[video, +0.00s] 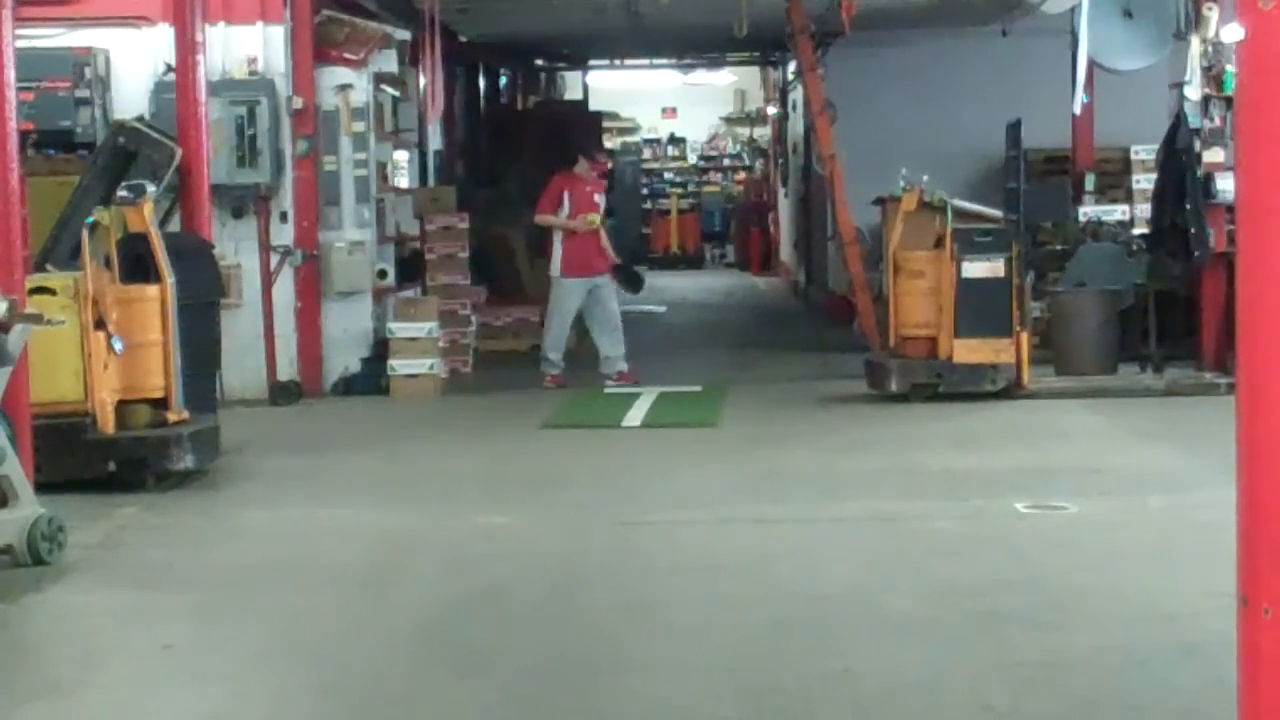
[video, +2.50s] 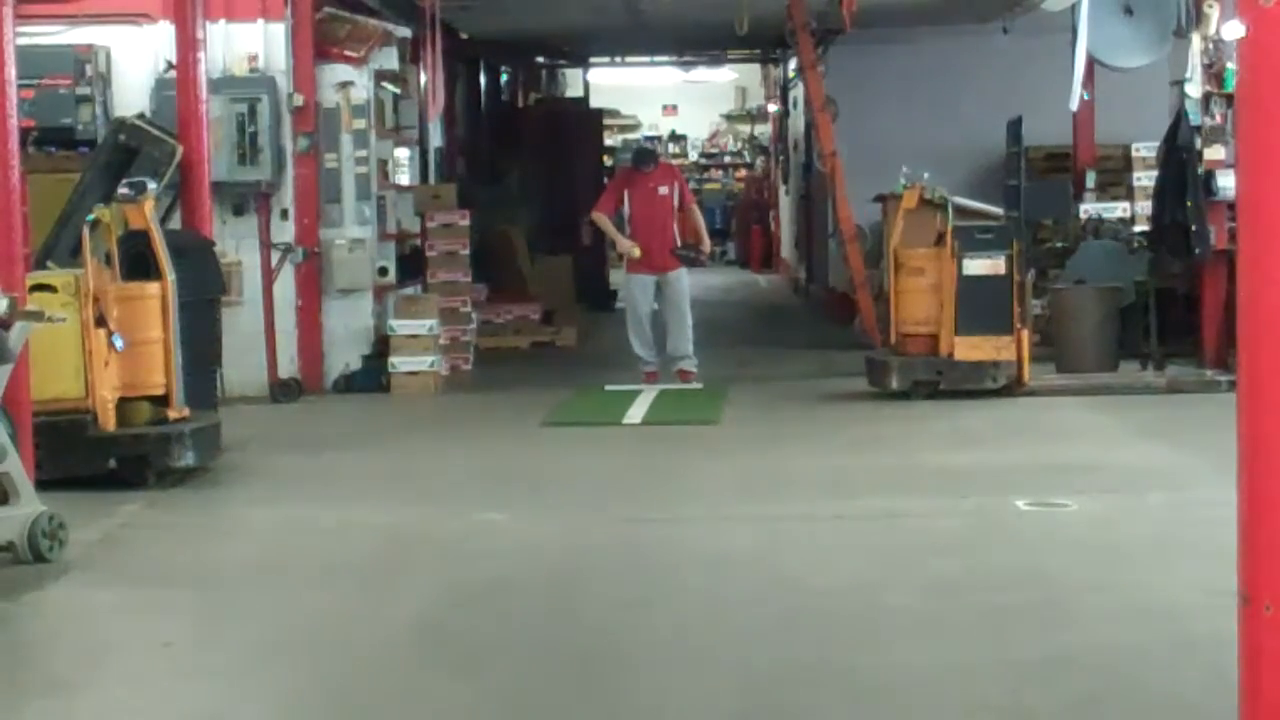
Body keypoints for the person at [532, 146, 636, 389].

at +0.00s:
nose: (597, 172)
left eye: (600, 167)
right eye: (594, 166)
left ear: (601, 166)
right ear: (581, 160)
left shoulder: (599, 186)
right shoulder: (561, 181)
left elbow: (598, 225)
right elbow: (541, 216)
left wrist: (611, 255)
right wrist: (573, 225)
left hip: (599, 270)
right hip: (569, 272)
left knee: (609, 320)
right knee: (559, 322)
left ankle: (616, 369)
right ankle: (551, 369)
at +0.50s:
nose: (629, 174)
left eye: (634, 170)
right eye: (626, 169)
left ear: (640, 166)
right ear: (616, 161)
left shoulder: (642, 182)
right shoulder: (599, 178)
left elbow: (647, 224)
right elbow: (578, 211)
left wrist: (654, 259)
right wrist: (602, 222)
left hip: (632, 262)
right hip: (605, 260)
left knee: (631, 313)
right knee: (612, 311)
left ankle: (624, 364)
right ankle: (613, 364)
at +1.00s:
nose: (638, 175)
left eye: (642, 171)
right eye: (634, 171)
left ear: (648, 163)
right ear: (624, 164)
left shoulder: (652, 175)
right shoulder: (612, 182)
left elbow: (665, 206)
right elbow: (599, 222)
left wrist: (677, 234)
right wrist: (633, 224)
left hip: (657, 260)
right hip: (631, 263)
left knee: (665, 309)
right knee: (637, 313)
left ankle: (633, 354)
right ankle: (646, 364)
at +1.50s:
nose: (642, 174)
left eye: (646, 169)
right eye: (637, 170)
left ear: (653, 162)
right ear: (629, 165)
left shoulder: (664, 174)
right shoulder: (619, 179)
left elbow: (682, 206)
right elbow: (594, 218)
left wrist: (697, 239)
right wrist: (614, 243)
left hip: (666, 259)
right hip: (635, 262)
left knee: (677, 311)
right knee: (638, 315)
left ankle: (685, 365)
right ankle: (647, 366)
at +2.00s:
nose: (639, 174)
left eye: (643, 169)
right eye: (634, 171)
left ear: (651, 160)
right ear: (628, 165)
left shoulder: (669, 173)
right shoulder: (621, 178)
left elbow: (690, 205)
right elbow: (600, 216)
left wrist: (703, 237)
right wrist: (619, 241)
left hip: (671, 261)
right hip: (638, 264)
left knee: (680, 314)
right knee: (638, 316)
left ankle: (685, 365)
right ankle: (648, 366)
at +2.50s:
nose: (646, 172)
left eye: (649, 168)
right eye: (642, 169)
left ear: (656, 161)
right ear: (634, 164)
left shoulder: (671, 173)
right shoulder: (624, 177)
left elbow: (690, 206)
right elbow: (598, 214)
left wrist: (704, 237)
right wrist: (619, 239)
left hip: (671, 259)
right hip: (639, 262)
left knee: (680, 311)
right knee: (639, 314)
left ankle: (685, 364)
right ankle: (648, 365)